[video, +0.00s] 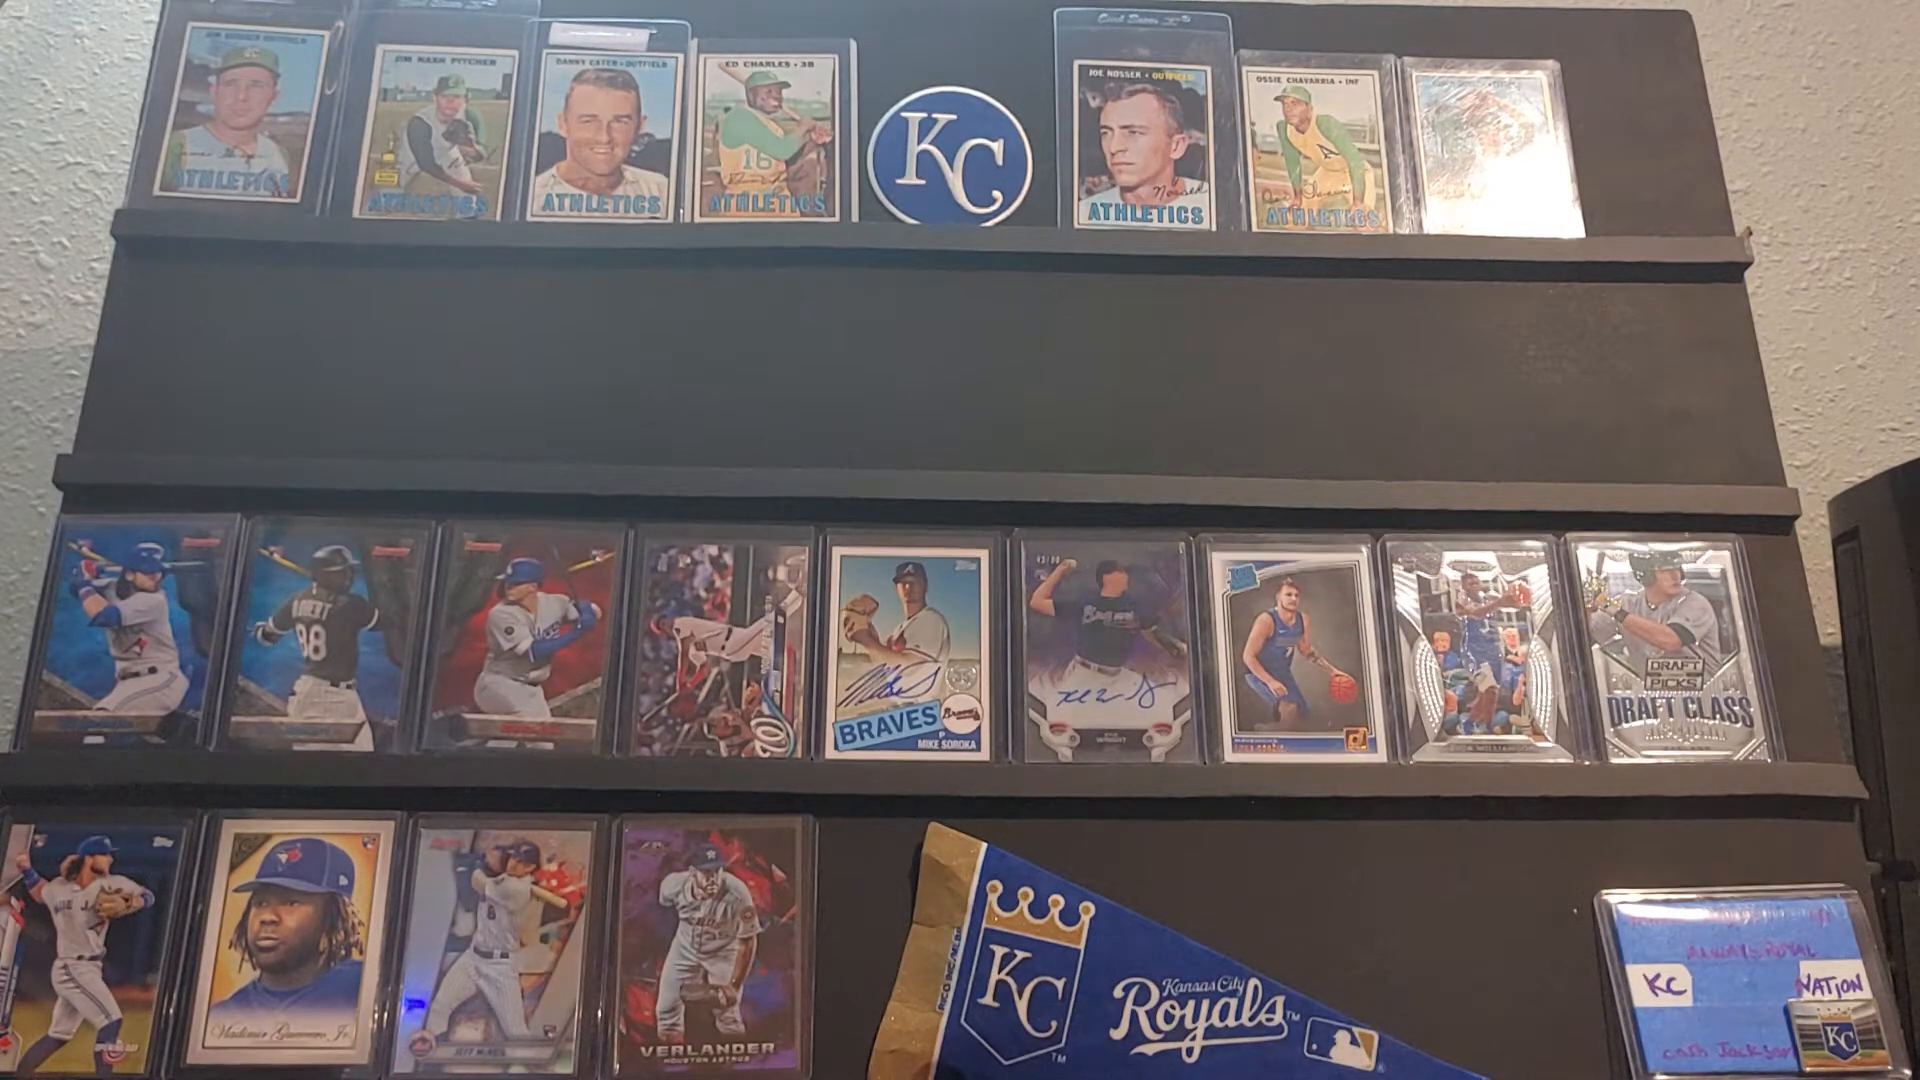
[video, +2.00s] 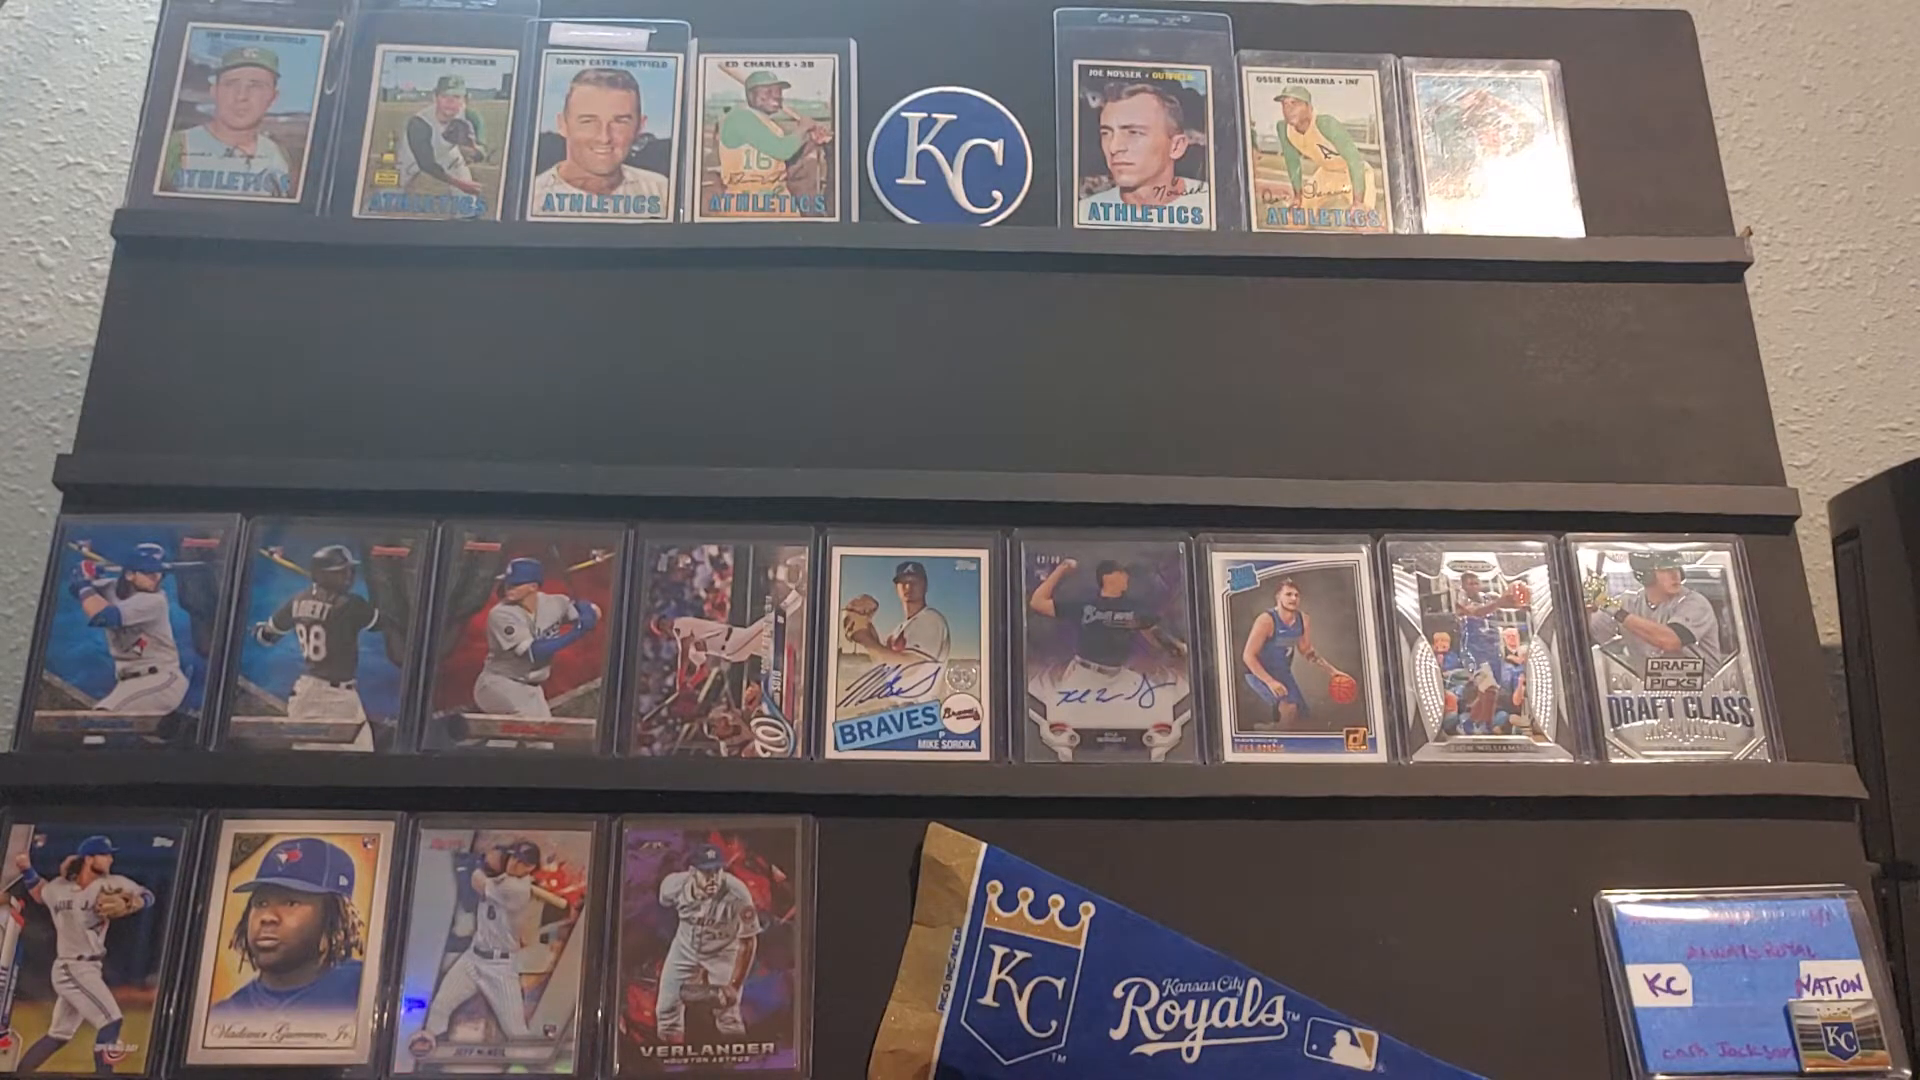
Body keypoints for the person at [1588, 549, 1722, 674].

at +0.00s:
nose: (1676, 576)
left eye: (1677, 568)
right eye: (1666, 570)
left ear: (1682, 571)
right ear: (1644, 575)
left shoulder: (1696, 604)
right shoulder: (1628, 604)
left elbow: (1672, 641)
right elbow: (1585, 637)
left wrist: (1620, 614)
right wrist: (1584, 610)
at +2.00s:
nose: (1677, 575)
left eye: (1678, 568)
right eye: (1667, 569)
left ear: (1682, 571)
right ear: (1645, 574)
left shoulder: (1696, 604)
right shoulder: (1628, 603)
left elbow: (1671, 641)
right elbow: (1585, 636)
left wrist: (1620, 614)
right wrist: (1584, 610)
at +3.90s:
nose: (1676, 575)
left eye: (1677, 568)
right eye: (1666, 569)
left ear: (1682, 570)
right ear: (1644, 574)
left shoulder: (1696, 604)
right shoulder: (1628, 604)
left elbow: (1671, 641)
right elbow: (1586, 637)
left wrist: (1619, 613)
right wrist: (1585, 609)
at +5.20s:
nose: (1675, 574)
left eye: (1677, 567)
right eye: (1666, 569)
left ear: (1682, 570)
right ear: (1644, 575)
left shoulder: (1696, 604)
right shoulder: (1628, 604)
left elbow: (1671, 641)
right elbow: (1585, 638)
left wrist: (1618, 612)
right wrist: (1586, 608)